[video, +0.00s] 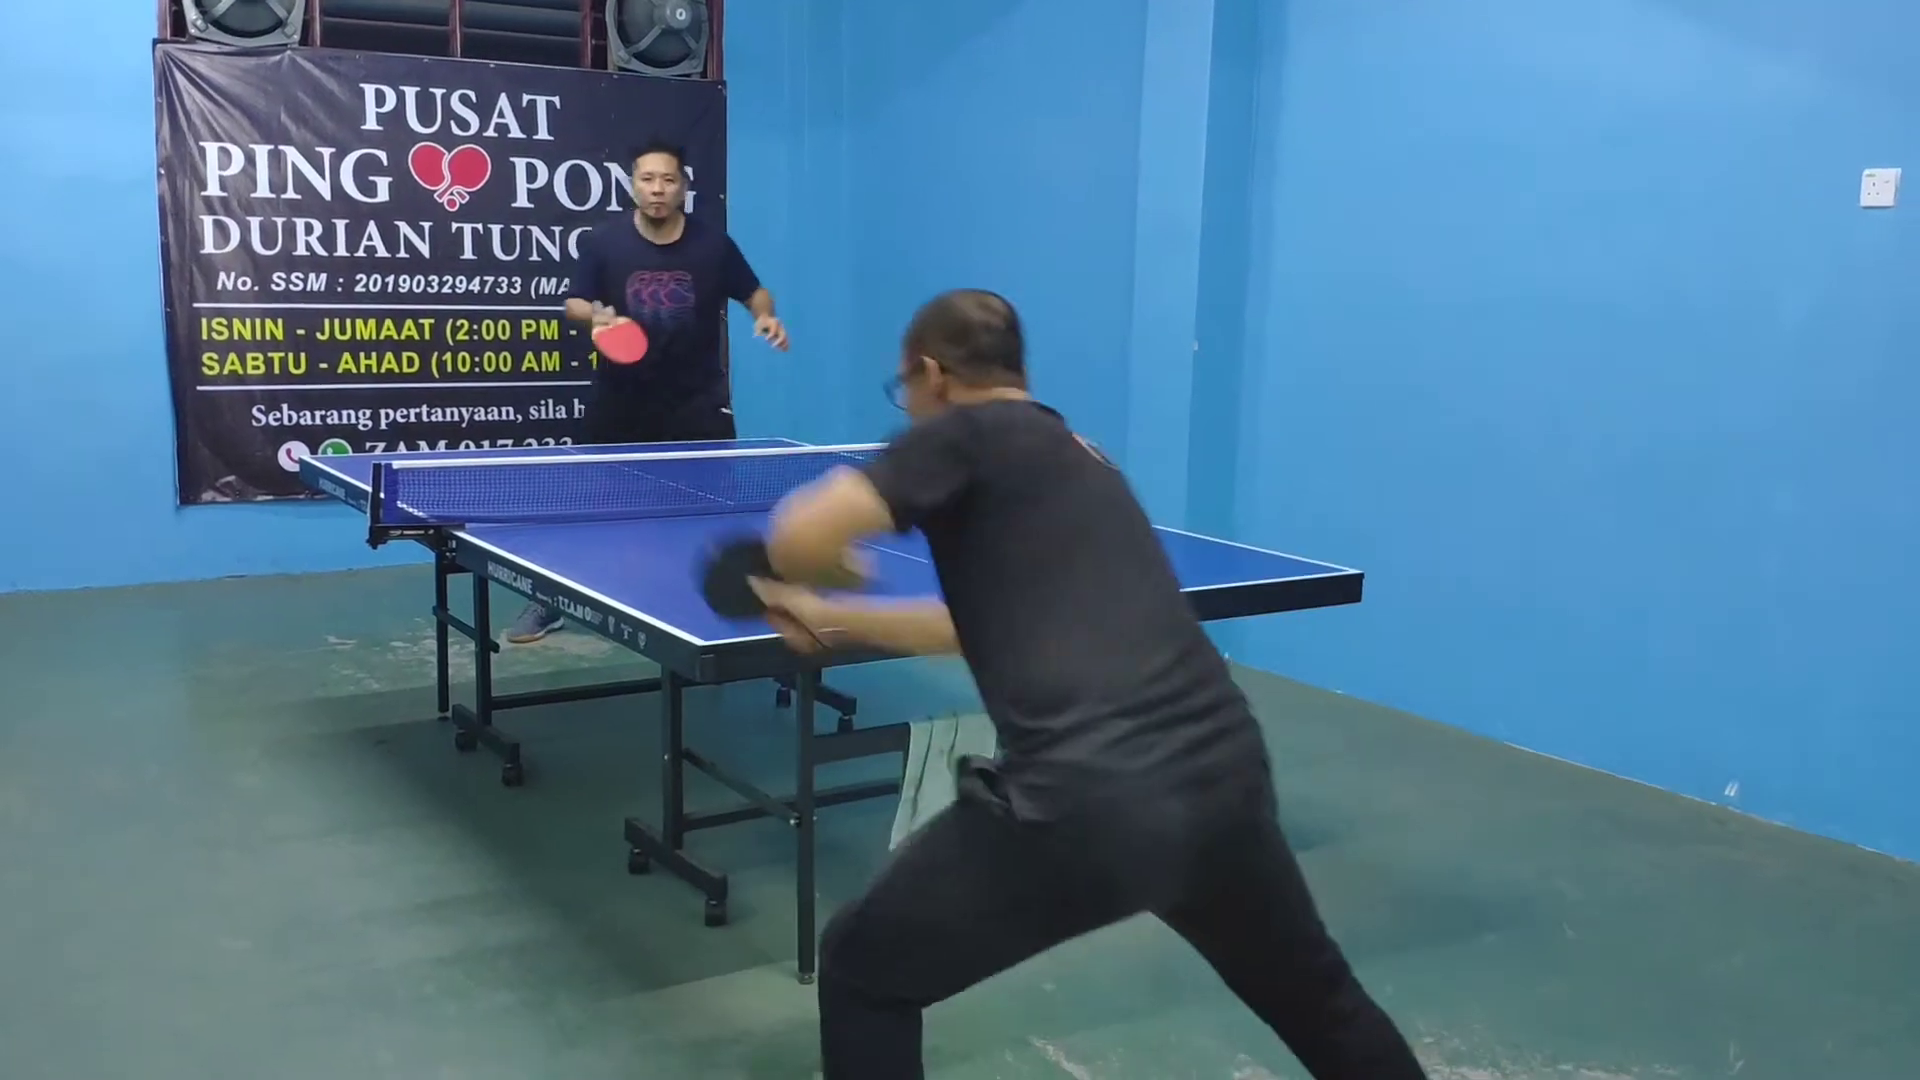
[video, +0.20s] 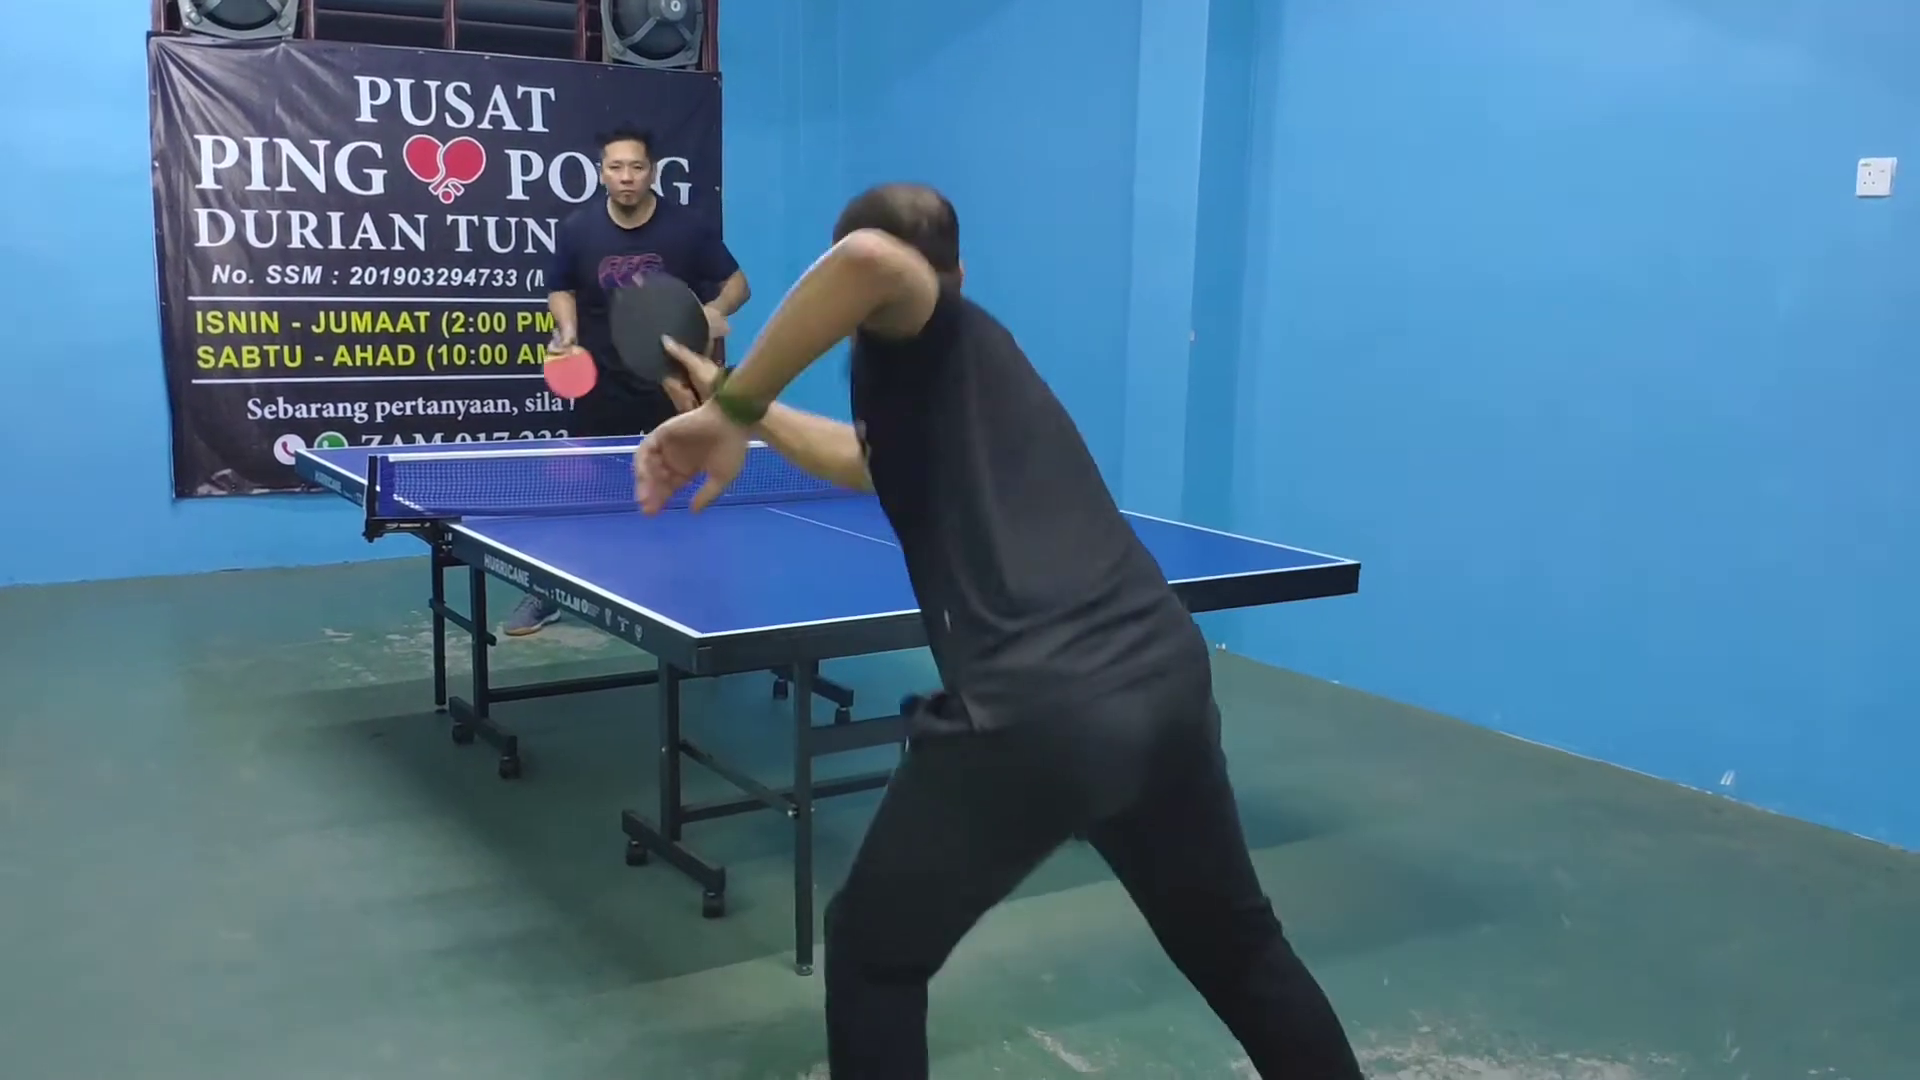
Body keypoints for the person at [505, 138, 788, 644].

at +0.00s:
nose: (657, 187)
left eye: (667, 179)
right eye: (648, 178)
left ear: (684, 187)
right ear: (632, 185)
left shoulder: (711, 242)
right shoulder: (605, 242)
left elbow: (754, 292)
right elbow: (572, 303)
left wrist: (765, 316)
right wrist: (595, 312)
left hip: (697, 403)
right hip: (622, 402)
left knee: (721, 499)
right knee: (581, 496)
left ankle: (740, 602)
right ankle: (547, 600)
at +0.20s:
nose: (626, 176)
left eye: (635, 167)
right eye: (616, 167)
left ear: (652, 172)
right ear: (602, 173)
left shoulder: (687, 227)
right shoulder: (577, 229)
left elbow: (737, 283)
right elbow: (560, 288)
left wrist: (716, 311)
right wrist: (568, 327)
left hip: (674, 387)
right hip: (602, 384)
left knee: (683, 486)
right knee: (572, 484)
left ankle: (690, 594)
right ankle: (543, 591)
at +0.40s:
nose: (652, 197)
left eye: (662, 186)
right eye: (642, 188)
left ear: (679, 186)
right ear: (628, 189)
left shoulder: (703, 232)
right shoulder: (614, 223)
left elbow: (753, 293)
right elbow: (587, 269)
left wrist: (697, 305)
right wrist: (559, 325)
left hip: (695, 391)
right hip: (627, 386)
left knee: (712, 498)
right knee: (583, 482)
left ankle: (724, 597)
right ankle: (543, 591)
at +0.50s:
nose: (679, 200)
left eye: (689, 189)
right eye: (669, 190)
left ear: (711, 189)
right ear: (657, 191)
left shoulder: (732, 240)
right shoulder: (645, 220)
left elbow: (786, 291)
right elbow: (613, 234)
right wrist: (579, 288)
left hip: (730, 399)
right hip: (659, 395)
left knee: (746, 503)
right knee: (608, 492)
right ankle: (552, 590)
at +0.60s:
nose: (704, 190)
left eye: (714, 180)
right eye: (696, 180)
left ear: (732, 180)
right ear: (683, 179)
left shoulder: (763, 231)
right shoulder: (663, 210)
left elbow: (809, 282)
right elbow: (617, 232)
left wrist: (834, 322)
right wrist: (607, 287)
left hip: (756, 384)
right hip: (685, 383)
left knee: (772, 482)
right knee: (669, 482)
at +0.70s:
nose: (715, 175)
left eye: (725, 166)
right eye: (708, 165)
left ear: (750, 161)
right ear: (700, 160)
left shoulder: (783, 207)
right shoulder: (683, 197)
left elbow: (814, 263)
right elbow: (644, 251)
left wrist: (834, 307)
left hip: (767, 357)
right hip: (699, 356)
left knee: (781, 459)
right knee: (689, 461)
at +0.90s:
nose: (753, 178)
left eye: (762, 167)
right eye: (744, 168)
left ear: (778, 169)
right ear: (732, 171)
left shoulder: (797, 219)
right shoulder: (719, 217)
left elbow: (804, 285)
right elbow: (745, 285)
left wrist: (822, 338)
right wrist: (811, 264)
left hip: (785, 370)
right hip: (726, 374)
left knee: (803, 465)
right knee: (722, 473)